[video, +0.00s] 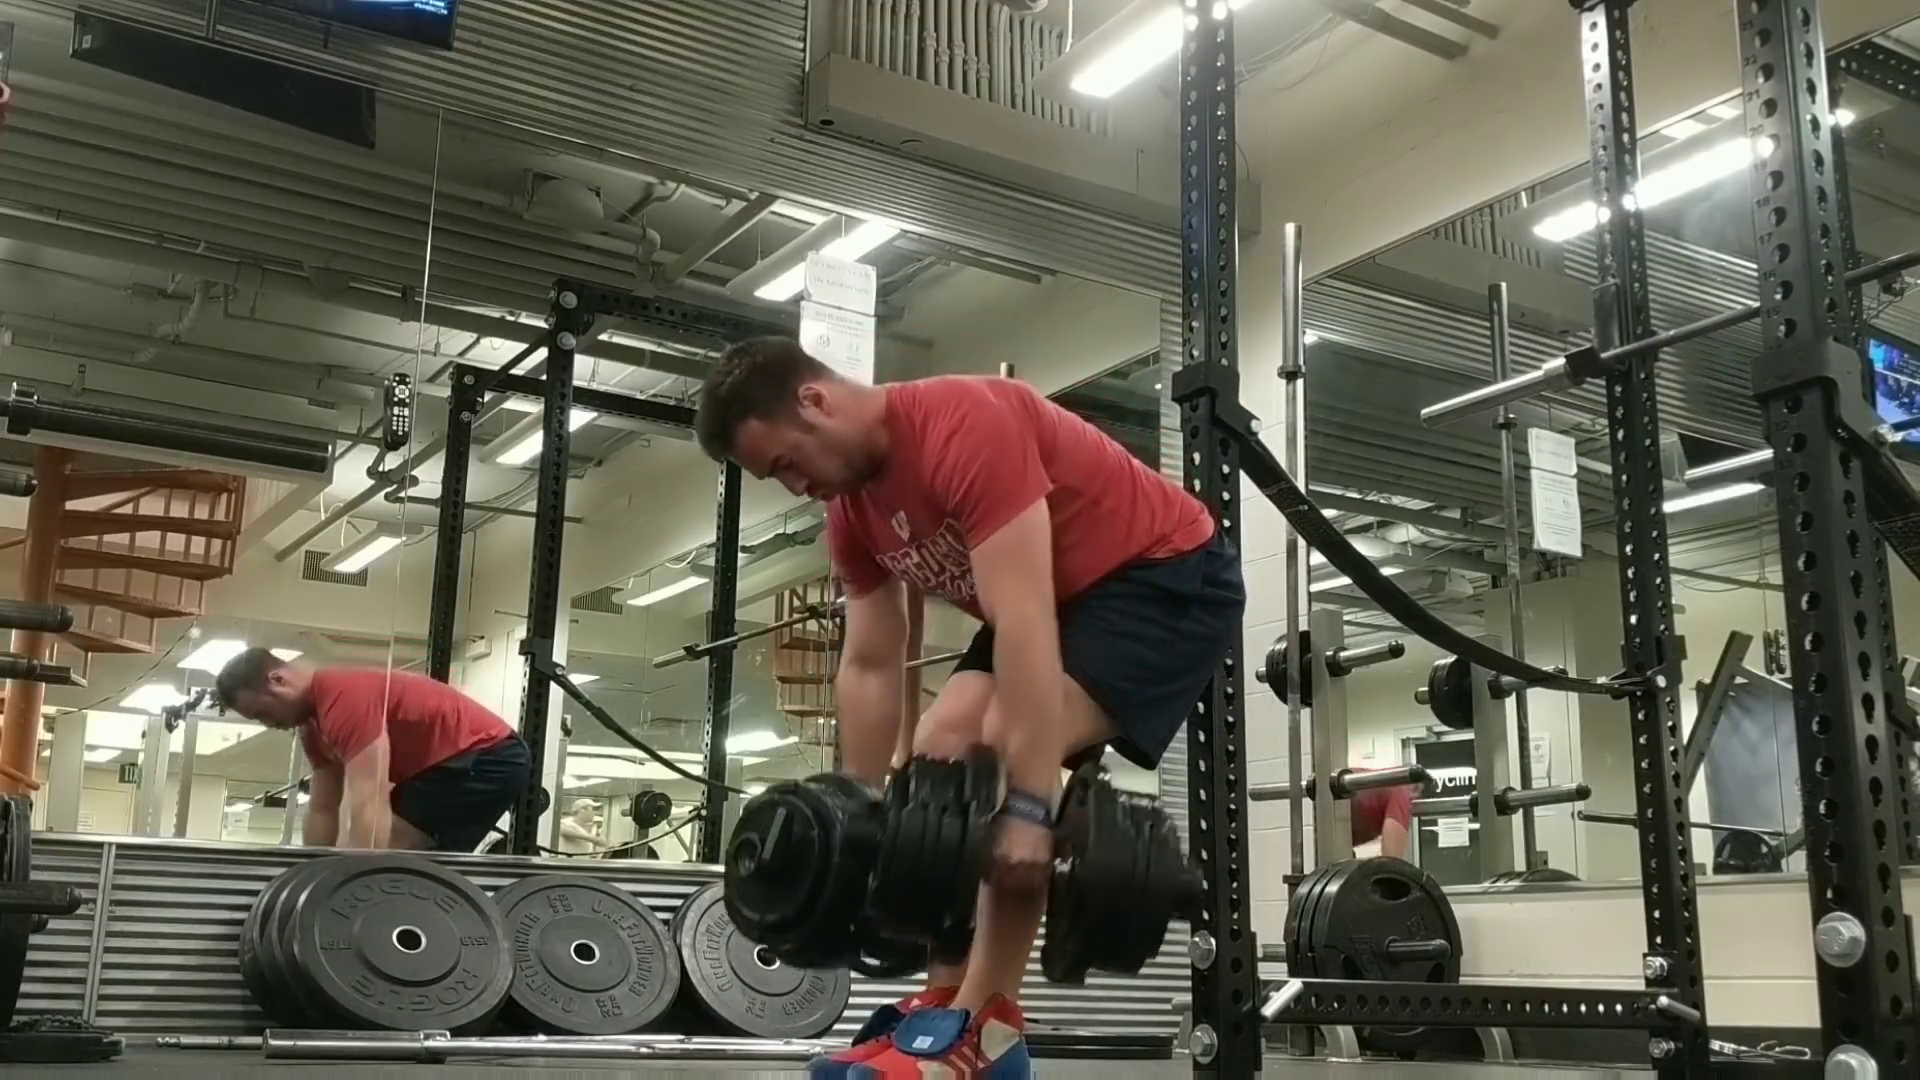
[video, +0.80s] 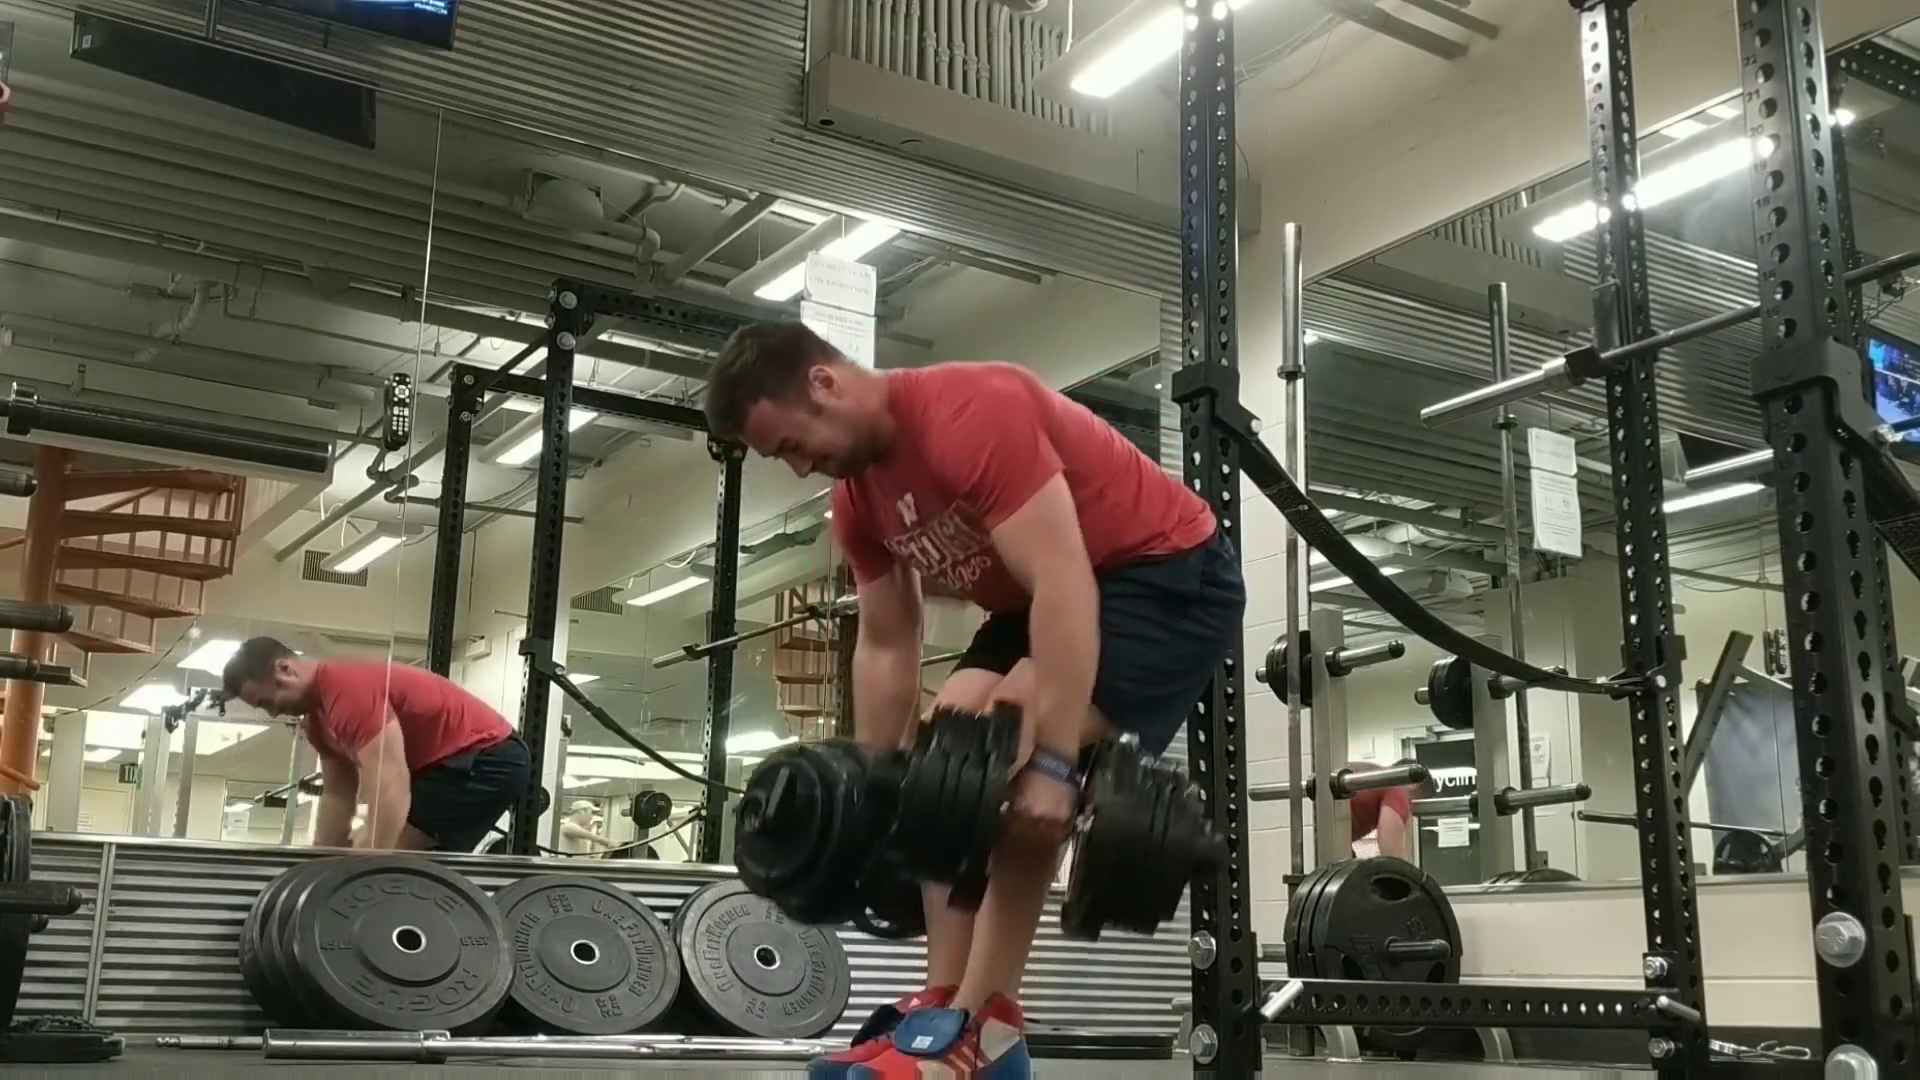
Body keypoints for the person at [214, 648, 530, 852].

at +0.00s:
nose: (268, 725)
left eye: (261, 714)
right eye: (258, 720)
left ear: (277, 681)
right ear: (278, 681)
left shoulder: (346, 696)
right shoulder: (314, 725)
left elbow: (366, 813)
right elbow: (323, 811)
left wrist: (342, 901)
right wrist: (304, 890)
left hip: (488, 758)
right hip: (453, 768)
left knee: (382, 848)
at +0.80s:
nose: (269, 714)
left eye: (264, 702)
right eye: (261, 708)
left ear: (285, 670)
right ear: (285, 672)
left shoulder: (346, 688)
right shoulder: (319, 719)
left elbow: (391, 779)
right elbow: (338, 793)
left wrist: (365, 871)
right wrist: (317, 868)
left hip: (486, 759)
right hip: (453, 766)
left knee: (393, 857)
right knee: (395, 861)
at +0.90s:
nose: (282, 706)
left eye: (276, 696)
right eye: (273, 702)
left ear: (290, 662)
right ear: (291, 663)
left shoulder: (352, 675)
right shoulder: (326, 705)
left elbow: (409, 761)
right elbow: (352, 776)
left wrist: (385, 856)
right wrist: (336, 848)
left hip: (490, 756)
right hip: (455, 761)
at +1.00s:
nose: (292, 701)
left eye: (285, 692)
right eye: (283, 697)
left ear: (296, 657)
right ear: (296, 657)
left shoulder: (357, 665)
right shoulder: (332, 691)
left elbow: (426, 740)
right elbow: (365, 759)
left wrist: (406, 829)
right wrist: (347, 831)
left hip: (489, 757)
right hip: (453, 760)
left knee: (422, 862)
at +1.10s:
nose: (303, 701)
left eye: (295, 692)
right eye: (293, 698)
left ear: (300, 657)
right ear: (301, 655)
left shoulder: (364, 661)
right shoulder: (338, 687)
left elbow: (439, 724)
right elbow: (379, 744)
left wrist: (420, 811)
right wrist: (363, 810)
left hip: (490, 756)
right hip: (454, 758)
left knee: (436, 868)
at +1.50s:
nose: (303, 708)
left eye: (293, 702)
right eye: (292, 707)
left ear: (293, 670)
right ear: (294, 667)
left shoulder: (358, 672)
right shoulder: (338, 686)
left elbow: (435, 736)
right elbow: (382, 751)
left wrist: (423, 826)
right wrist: (362, 816)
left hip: (492, 757)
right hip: (457, 759)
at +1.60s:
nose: (294, 711)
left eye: (285, 703)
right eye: (284, 709)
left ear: (290, 670)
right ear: (291, 669)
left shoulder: (357, 675)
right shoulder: (329, 697)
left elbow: (421, 751)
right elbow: (366, 765)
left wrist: (408, 839)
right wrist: (355, 833)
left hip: (491, 757)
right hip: (450, 761)